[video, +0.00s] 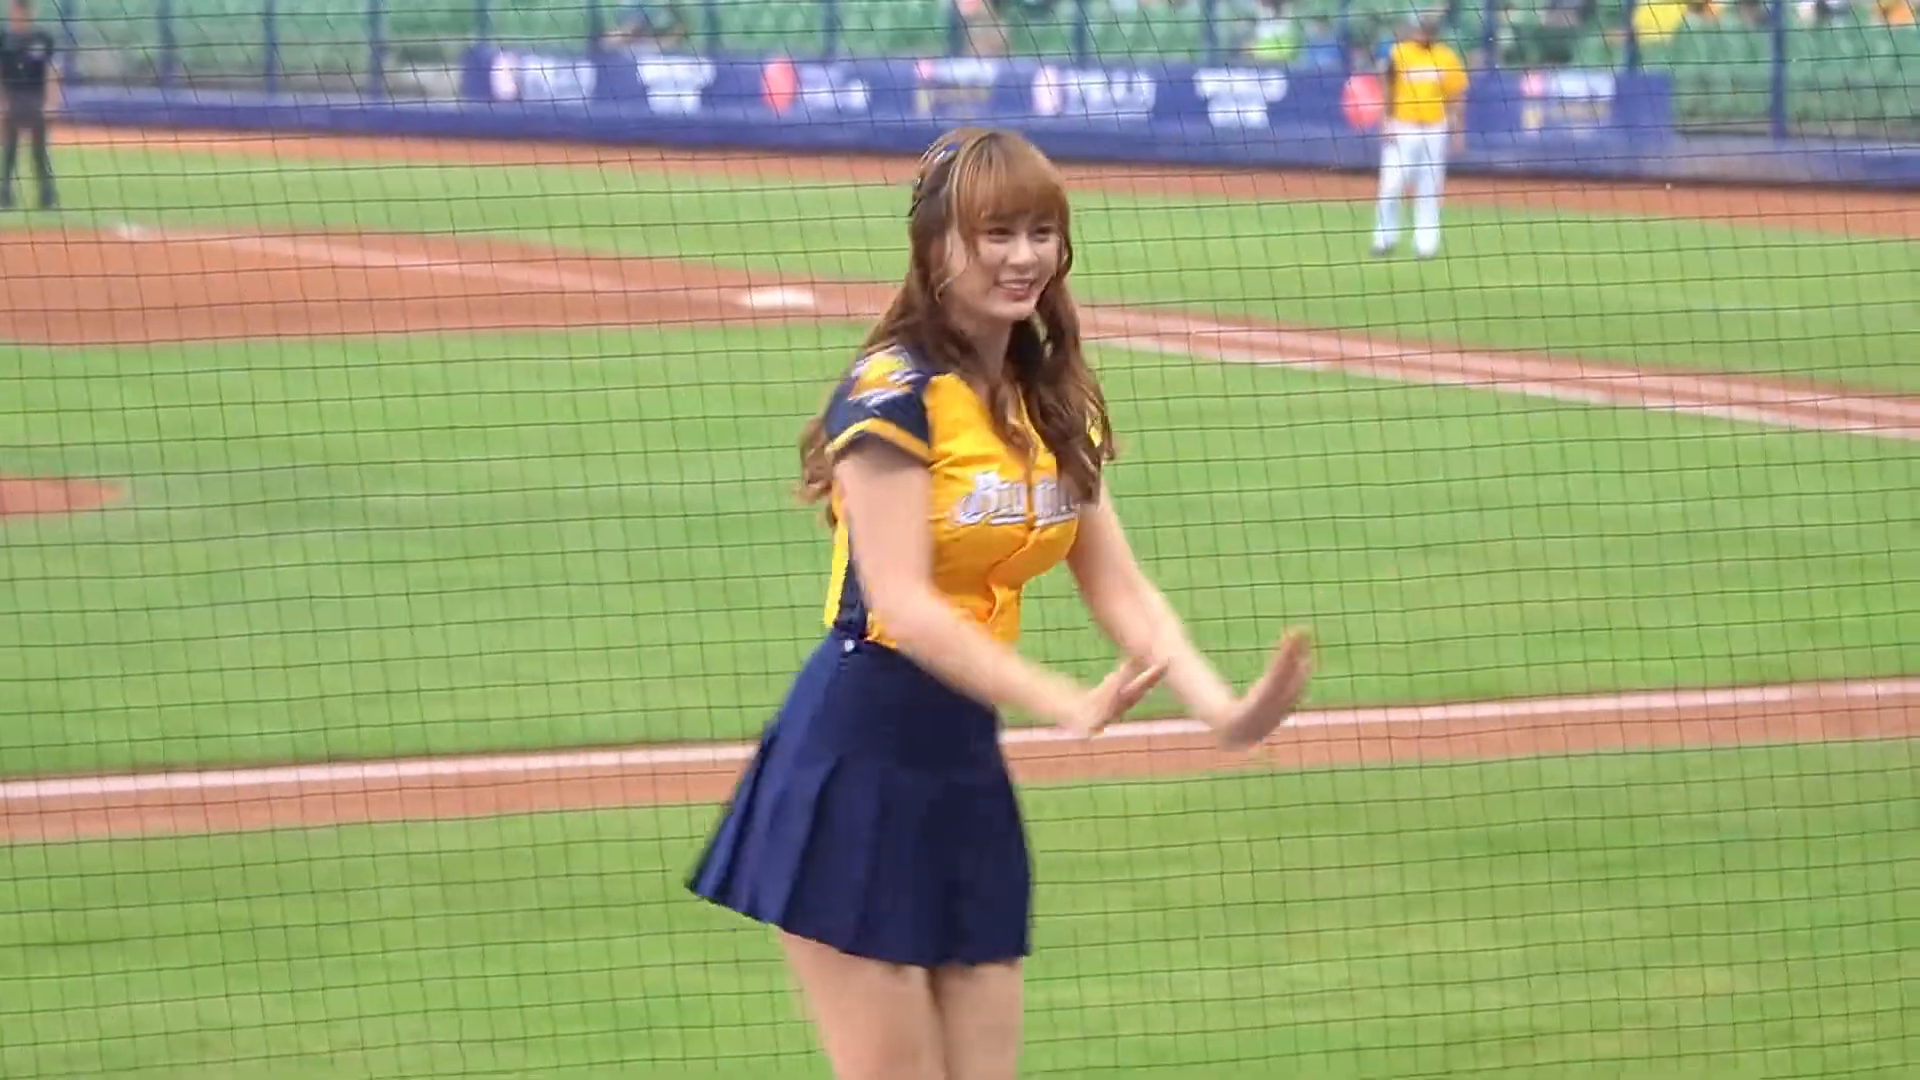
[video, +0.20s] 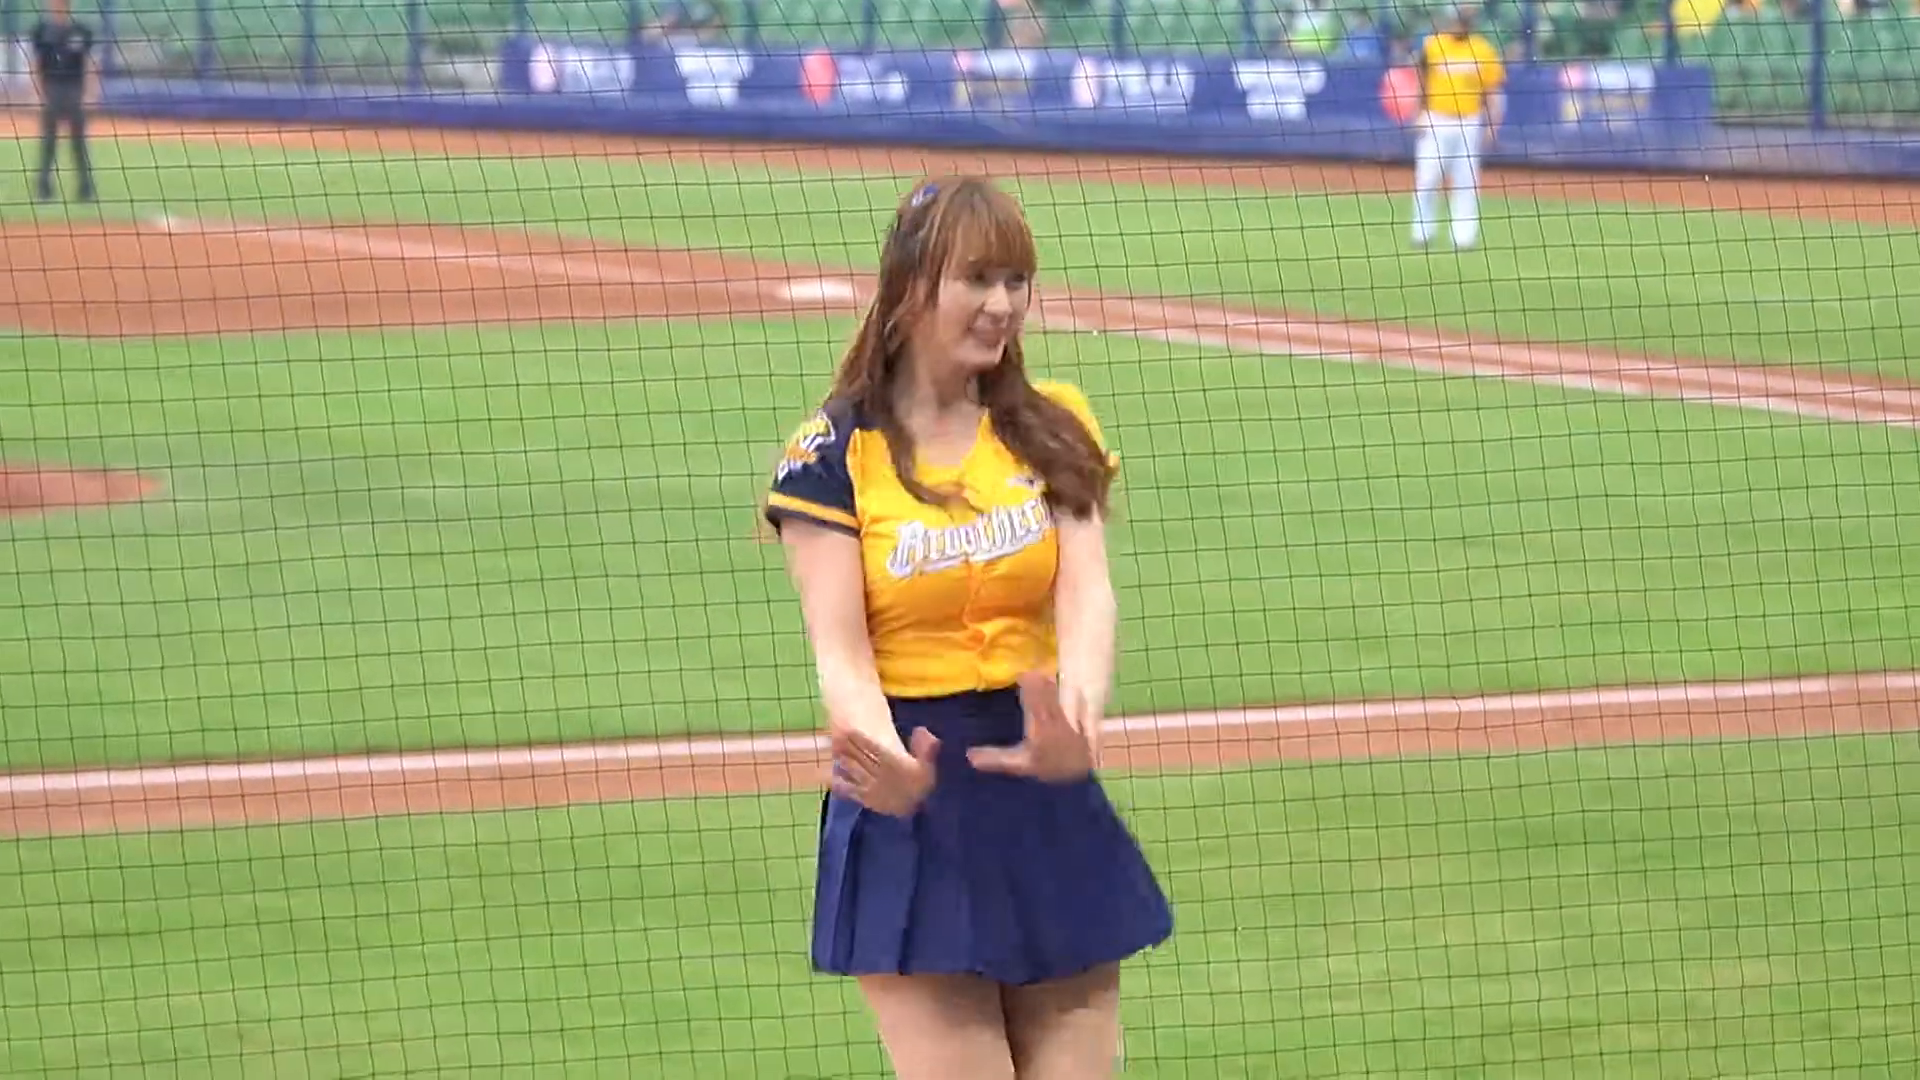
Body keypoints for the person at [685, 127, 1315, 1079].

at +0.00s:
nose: (1025, 256)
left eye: (1042, 231)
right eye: (997, 233)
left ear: (1062, 243)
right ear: (937, 246)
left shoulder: (1049, 396)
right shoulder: (889, 391)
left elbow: (1115, 584)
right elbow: (898, 603)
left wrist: (1218, 707)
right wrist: (1059, 702)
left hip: (965, 747)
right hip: (856, 743)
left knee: (983, 1063)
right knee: (891, 1066)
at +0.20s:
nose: (1000, 304)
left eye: (1015, 280)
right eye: (975, 279)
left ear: (1032, 291)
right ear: (909, 287)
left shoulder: (1052, 423)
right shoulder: (832, 452)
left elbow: (1086, 596)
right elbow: (842, 649)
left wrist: (1075, 736)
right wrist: (894, 778)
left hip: (1049, 770)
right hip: (906, 784)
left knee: (1077, 1058)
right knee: (955, 1062)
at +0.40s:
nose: (1047, 270)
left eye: (1060, 250)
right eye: (1017, 246)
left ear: (1076, 271)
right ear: (942, 271)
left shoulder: (1103, 398)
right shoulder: (882, 427)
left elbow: (1095, 521)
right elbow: (829, 595)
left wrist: (1041, 594)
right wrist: (763, 666)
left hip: (1089, 753)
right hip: (942, 751)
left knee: (1060, 1065)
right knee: (948, 1066)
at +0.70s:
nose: (1091, 250)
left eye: (1106, 222)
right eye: (1060, 228)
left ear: (1128, 228)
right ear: (999, 244)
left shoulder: (1165, 372)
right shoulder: (935, 385)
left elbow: (1200, 560)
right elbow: (888, 584)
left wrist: (1185, 655)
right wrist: (903, 695)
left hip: (1144, 724)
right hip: (999, 734)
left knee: (1146, 1061)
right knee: (1052, 1064)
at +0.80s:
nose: (1095, 298)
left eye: (1110, 271)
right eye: (1064, 277)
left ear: (1132, 279)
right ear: (1006, 293)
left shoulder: (1147, 426)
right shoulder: (951, 434)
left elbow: (1190, 614)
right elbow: (941, 647)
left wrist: (1230, 724)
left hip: (1140, 762)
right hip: (1004, 764)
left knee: (1169, 1055)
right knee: (1055, 1060)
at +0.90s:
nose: (1122, 260)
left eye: (1135, 233)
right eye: (1089, 239)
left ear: (1155, 243)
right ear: (1031, 263)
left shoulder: (1157, 411)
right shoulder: (1004, 397)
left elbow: (1208, 595)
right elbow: (1020, 611)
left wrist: (1312, 712)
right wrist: (1162, 745)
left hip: (1108, 750)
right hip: (989, 755)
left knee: (1140, 1057)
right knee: (1046, 1063)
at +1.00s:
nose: (1162, 227)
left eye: (1175, 201)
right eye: (1128, 211)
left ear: (1198, 216)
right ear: (1074, 238)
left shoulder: (1188, 379)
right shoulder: (1076, 366)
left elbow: (1279, 559)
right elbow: (1131, 575)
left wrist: (1448, 654)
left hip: (1048, 726)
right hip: (947, 721)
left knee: (1055, 1059)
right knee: (985, 1064)